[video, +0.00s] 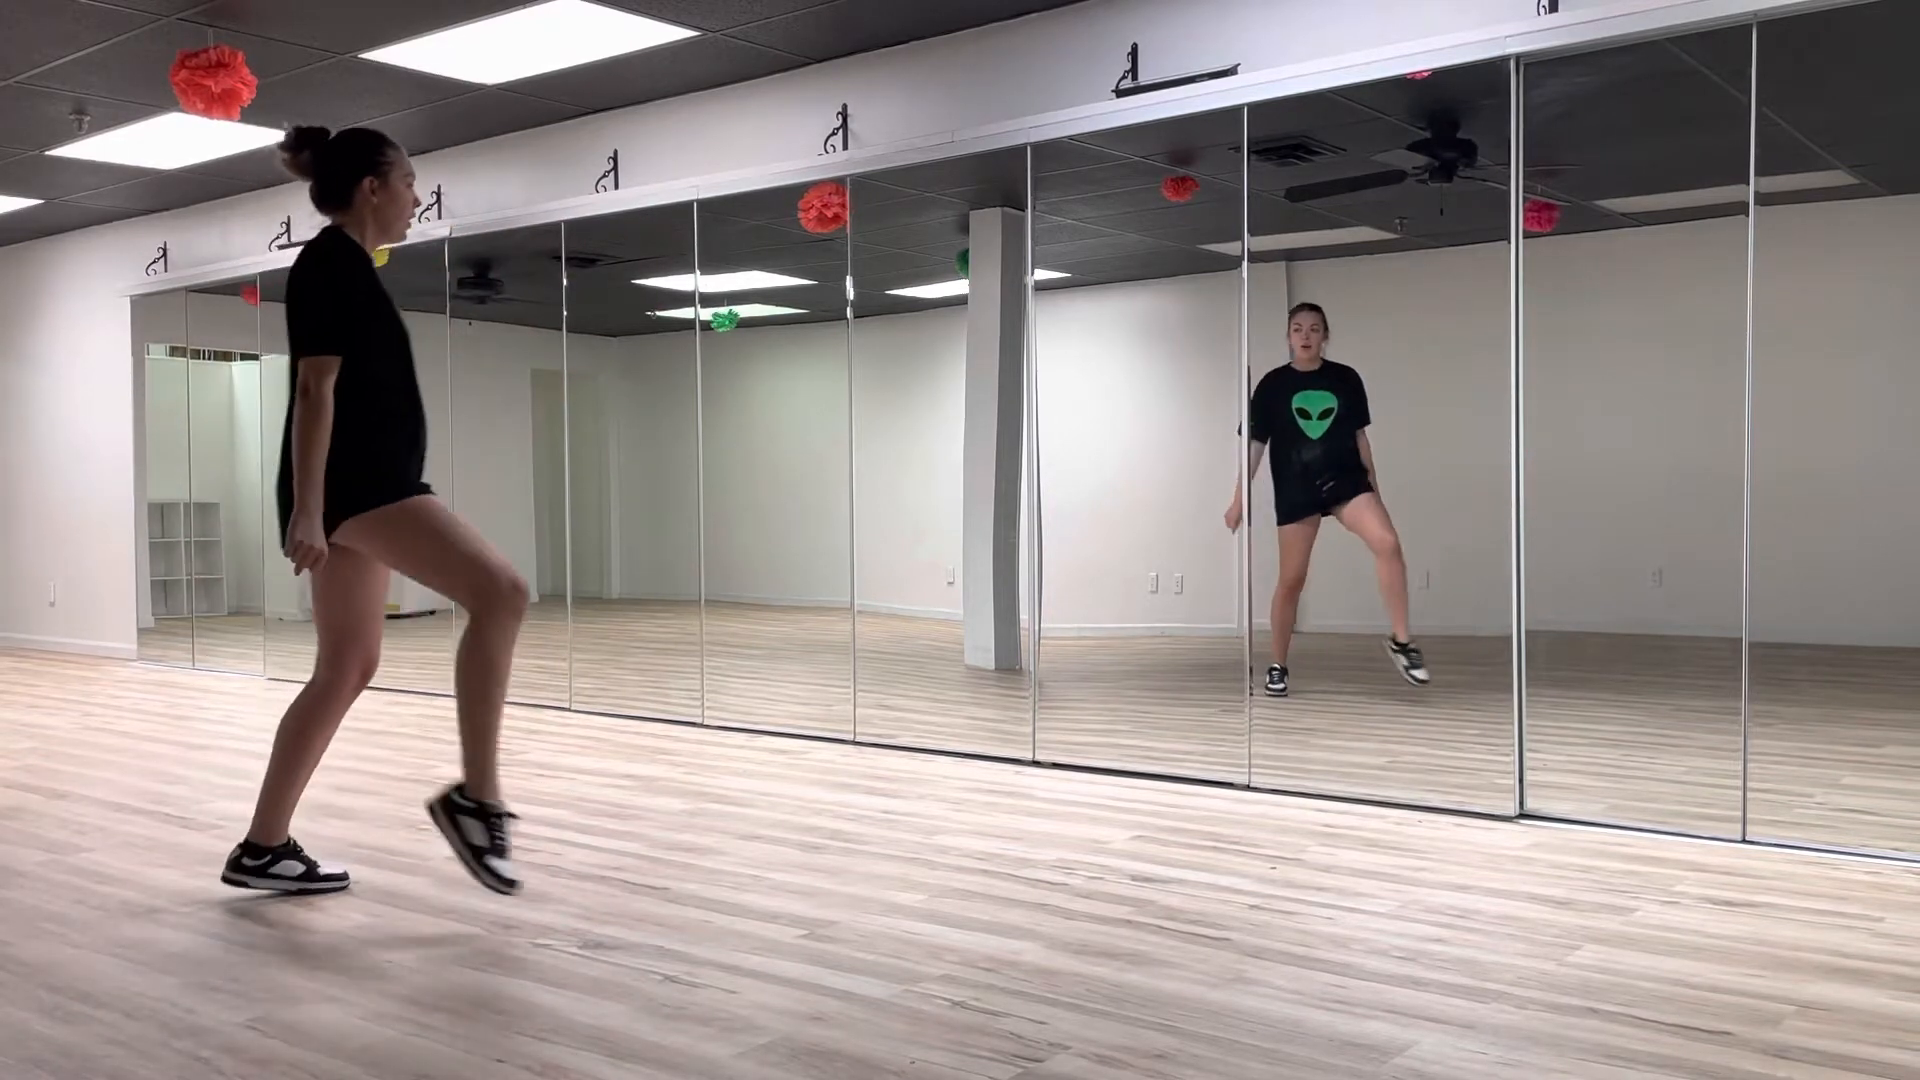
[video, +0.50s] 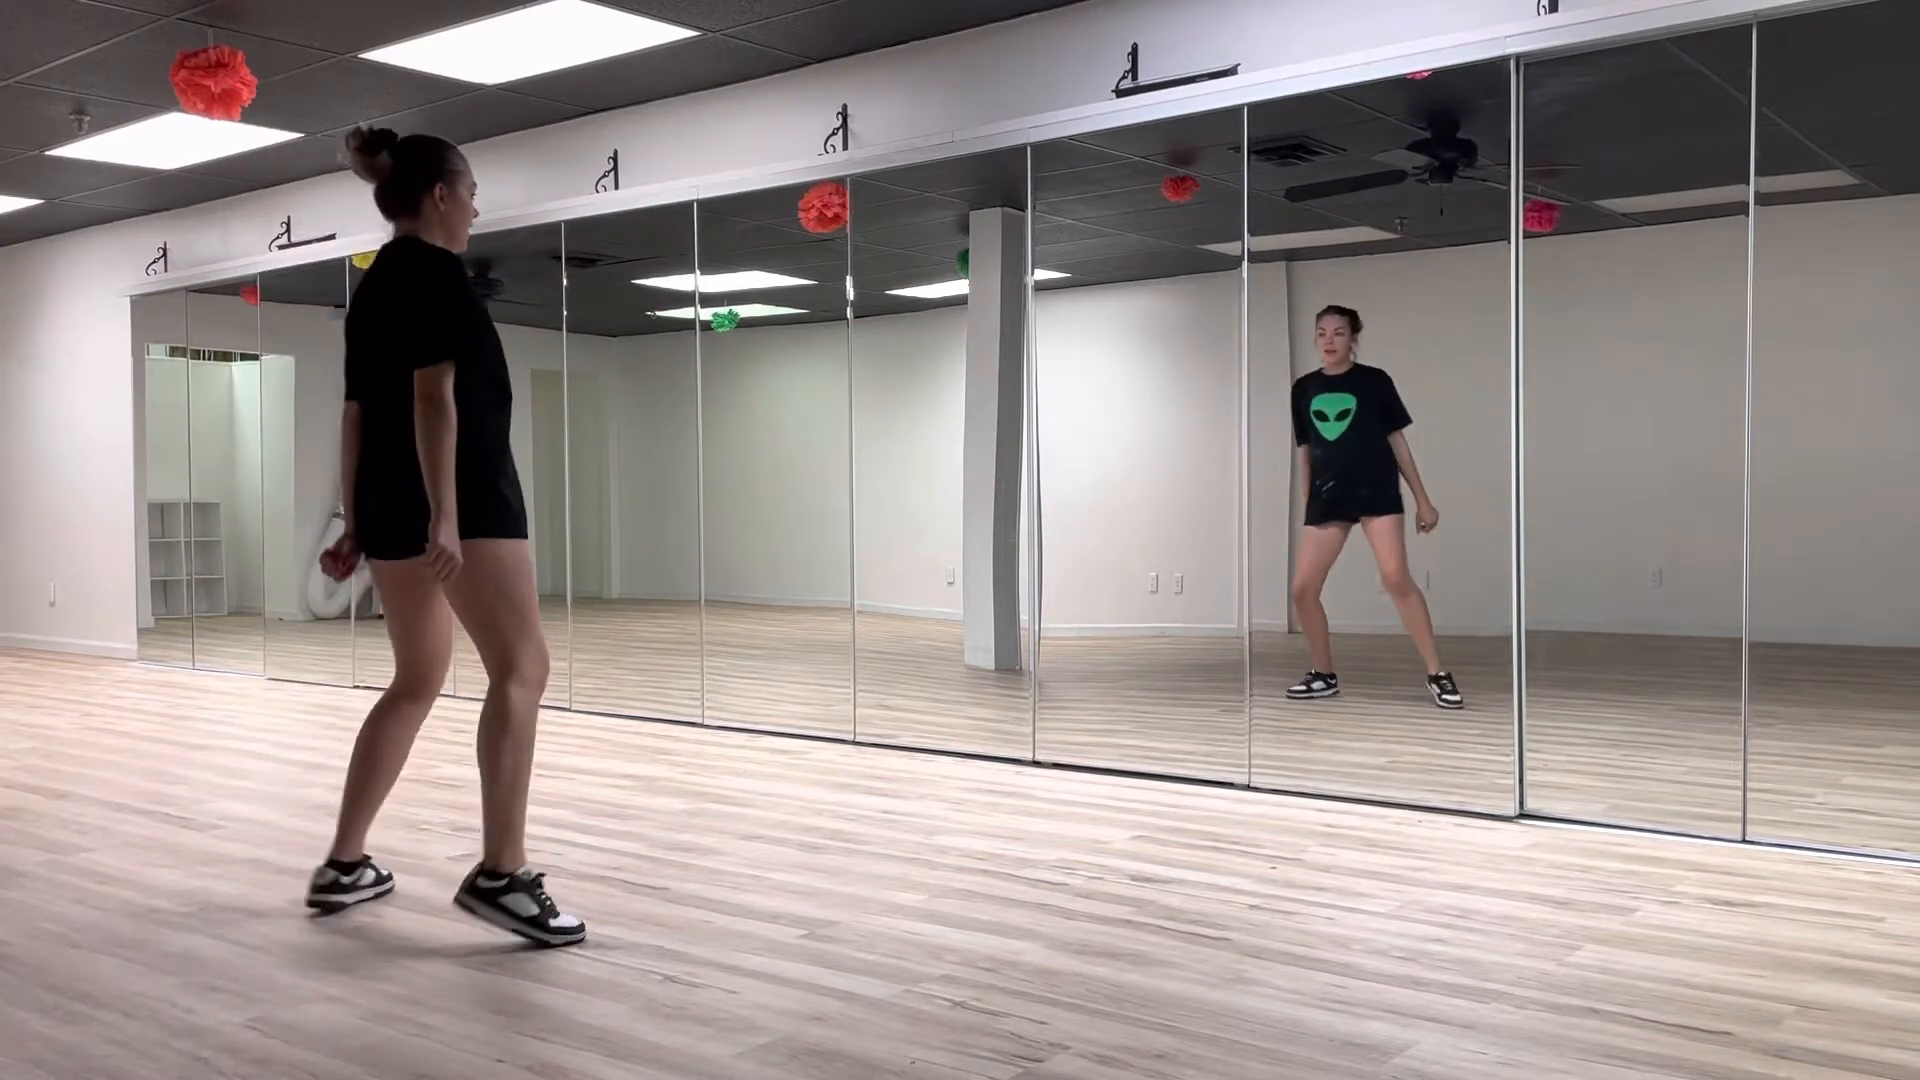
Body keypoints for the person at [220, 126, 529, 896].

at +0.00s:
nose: (417, 197)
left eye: (414, 183)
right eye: (408, 183)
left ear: (355, 192)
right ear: (371, 189)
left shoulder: (346, 264)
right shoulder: (330, 264)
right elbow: (315, 390)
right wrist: (307, 508)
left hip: (347, 489)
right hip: (367, 485)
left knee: (344, 667)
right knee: (501, 593)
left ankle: (264, 842)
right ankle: (479, 798)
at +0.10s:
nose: (438, 187)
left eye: (434, 173)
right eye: (427, 173)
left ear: (380, 184)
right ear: (391, 182)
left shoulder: (372, 261)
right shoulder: (352, 259)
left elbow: (369, 388)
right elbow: (333, 385)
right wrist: (319, 506)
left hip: (373, 481)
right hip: (395, 480)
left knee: (370, 667)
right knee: (497, 626)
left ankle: (275, 835)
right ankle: (515, 835)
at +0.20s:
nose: (458, 211)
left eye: (454, 197)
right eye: (449, 197)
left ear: (399, 207)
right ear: (413, 204)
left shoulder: (400, 286)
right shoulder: (376, 285)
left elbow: (390, 414)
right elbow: (359, 414)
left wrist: (370, 535)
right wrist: (339, 537)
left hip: (409, 504)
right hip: (431, 501)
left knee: (398, 682)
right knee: (507, 671)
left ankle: (279, 836)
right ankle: (489, 887)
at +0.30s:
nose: (477, 235)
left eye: (474, 220)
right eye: (470, 220)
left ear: (419, 230)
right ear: (435, 226)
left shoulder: (404, 306)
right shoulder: (405, 305)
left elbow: (385, 446)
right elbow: (392, 440)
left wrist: (367, 563)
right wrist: (382, 565)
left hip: (424, 526)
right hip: (461, 522)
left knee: (424, 696)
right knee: (546, 688)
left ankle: (287, 836)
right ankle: (489, 895)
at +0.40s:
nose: (482, 227)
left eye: (479, 213)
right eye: (476, 213)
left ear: (420, 219)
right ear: (444, 216)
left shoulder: (397, 296)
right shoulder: (427, 296)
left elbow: (374, 432)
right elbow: (417, 425)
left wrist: (361, 545)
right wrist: (424, 545)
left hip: (418, 522)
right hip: (476, 521)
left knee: (427, 688)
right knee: (539, 683)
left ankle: (309, 849)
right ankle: (492, 889)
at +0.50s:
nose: (475, 207)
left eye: (472, 193)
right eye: (469, 193)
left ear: (406, 201)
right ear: (442, 195)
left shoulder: (375, 285)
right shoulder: (439, 276)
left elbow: (356, 411)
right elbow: (436, 397)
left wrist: (350, 516)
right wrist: (444, 512)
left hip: (391, 507)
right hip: (470, 503)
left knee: (416, 681)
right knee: (522, 669)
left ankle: (344, 862)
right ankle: (503, 871)